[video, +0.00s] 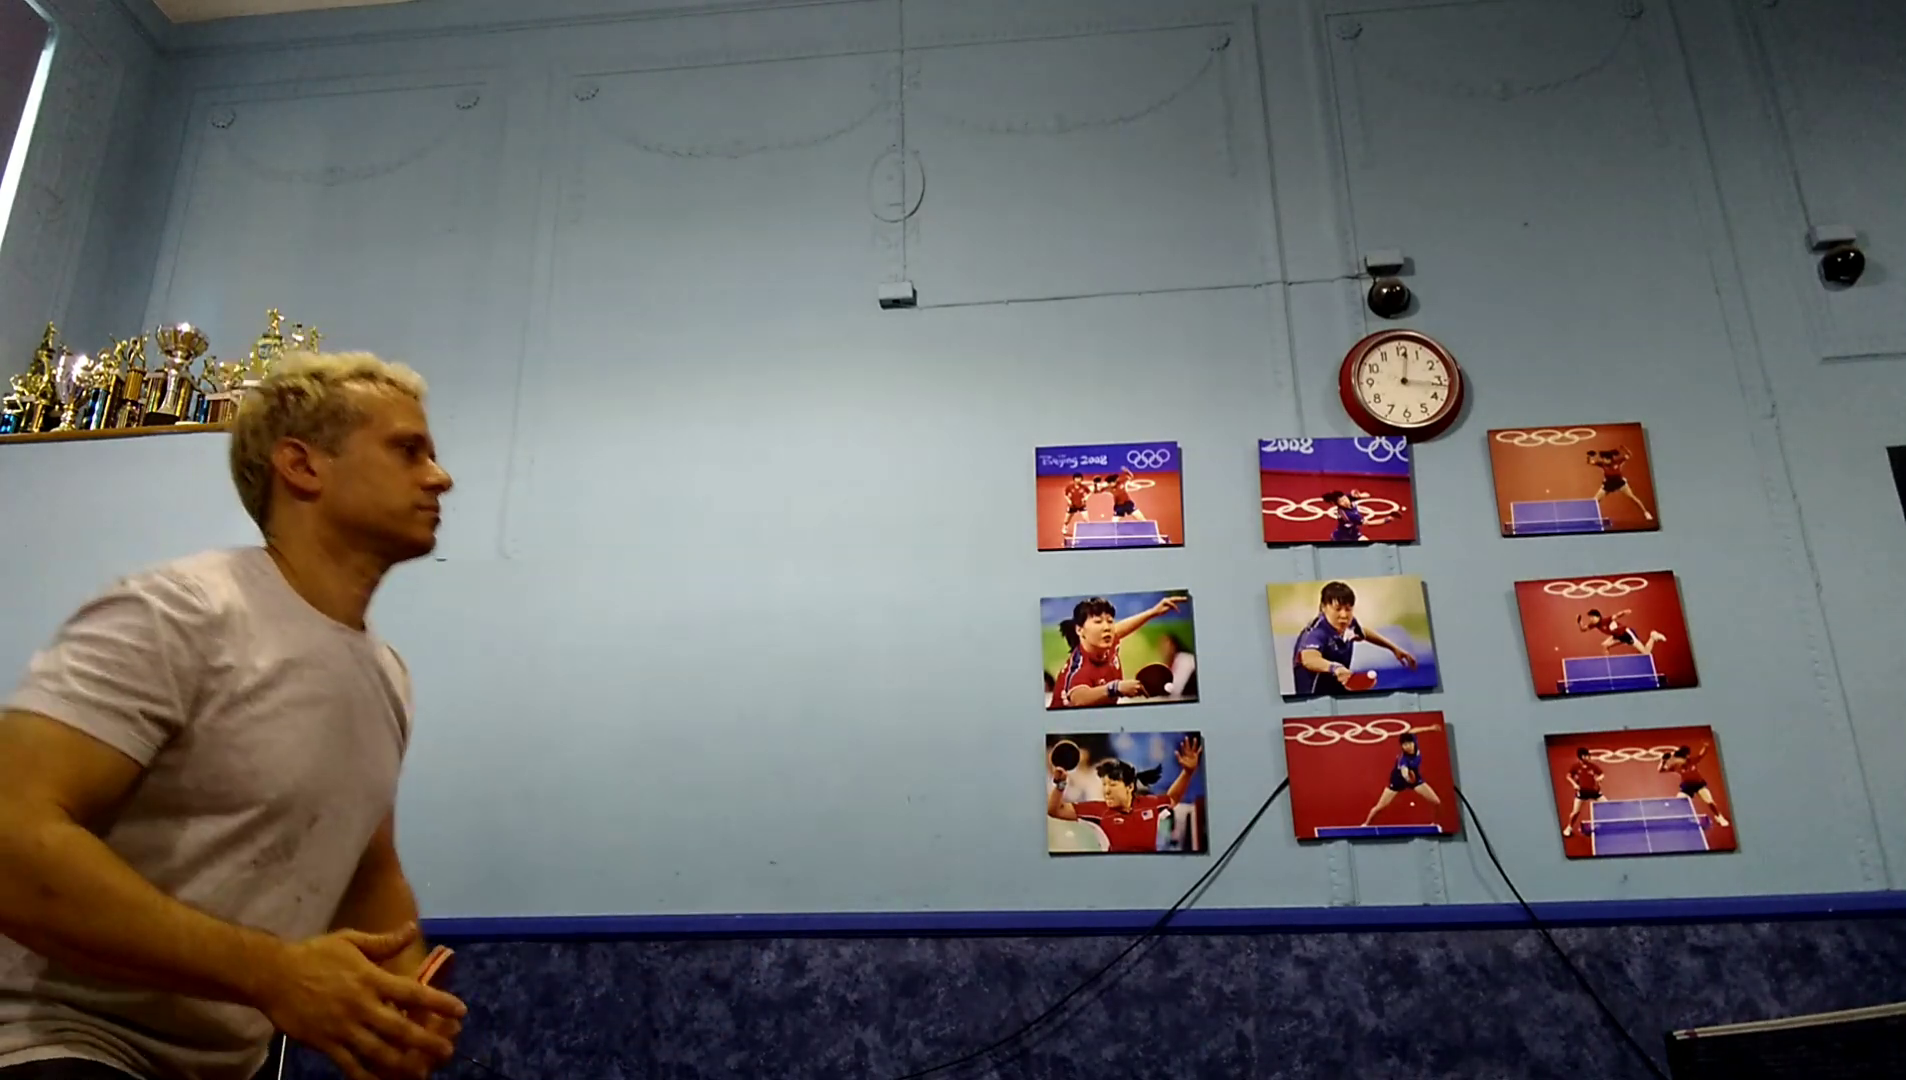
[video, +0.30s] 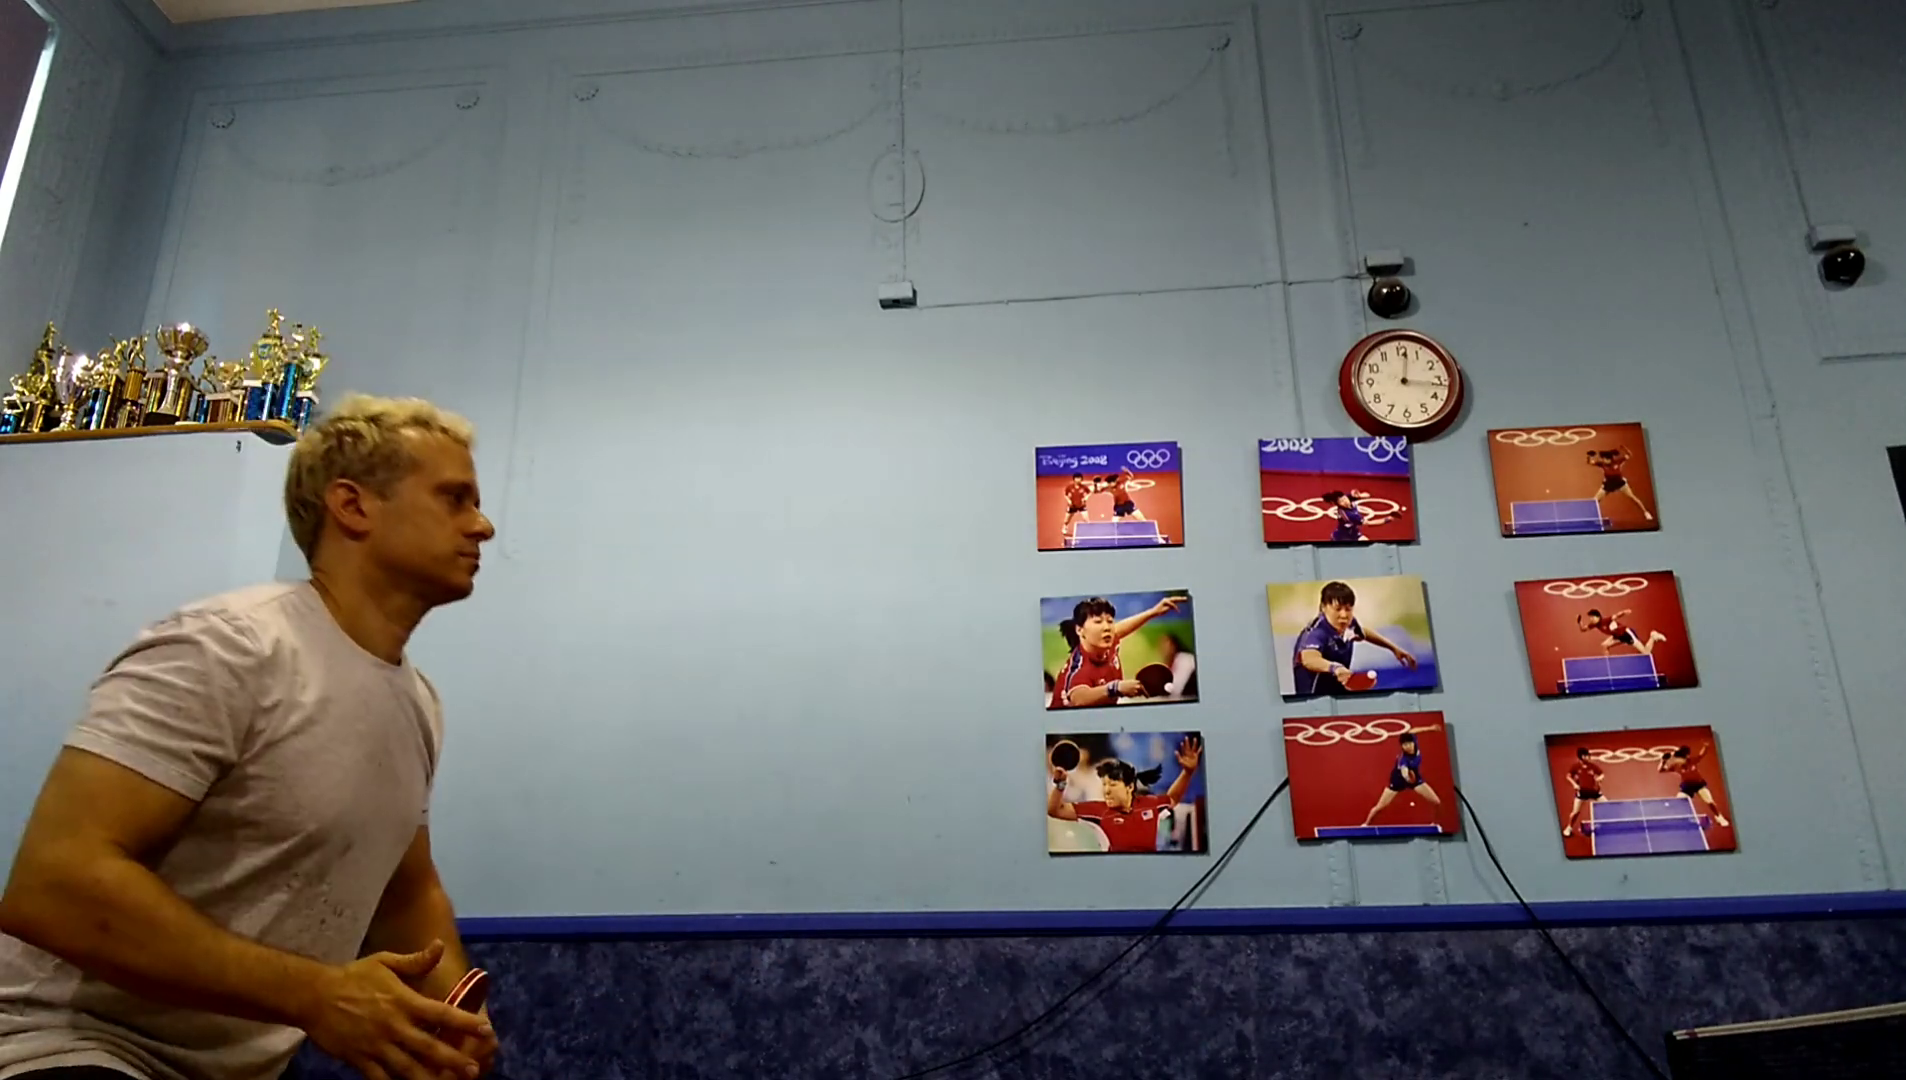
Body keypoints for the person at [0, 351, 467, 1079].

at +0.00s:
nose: (440, 476)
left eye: (432, 456)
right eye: (409, 450)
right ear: (302, 465)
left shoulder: (383, 678)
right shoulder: (178, 611)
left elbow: (367, 871)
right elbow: (13, 832)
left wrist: (400, 992)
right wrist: (275, 973)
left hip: (239, 1059)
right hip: (78, 1032)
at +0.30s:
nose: (484, 525)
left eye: (477, 503)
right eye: (455, 498)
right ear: (353, 507)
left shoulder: (415, 705)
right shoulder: (224, 646)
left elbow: (405, 891)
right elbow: (50, 883)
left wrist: (450, 1007)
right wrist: (315, 995)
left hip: (243, 1060)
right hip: (78, 1034)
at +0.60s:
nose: (507, 610)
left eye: (502, 587)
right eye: (482, 580)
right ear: (373, 575)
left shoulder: (417, 779)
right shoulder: (226, 703)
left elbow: (414, 949)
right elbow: (9, 897)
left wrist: (448, 1041)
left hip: (249, 1066)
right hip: (64, 1058)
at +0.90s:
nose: (500, 591)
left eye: (506, 566)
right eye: (481, 557)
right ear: (369, 538)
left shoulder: (476, 722)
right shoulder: (167, 653)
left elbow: (683, 776)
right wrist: (4, 946)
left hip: (220, 1070)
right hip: (40, 1047)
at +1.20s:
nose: (476, 538)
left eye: (475, 512)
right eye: (453, 504)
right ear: (345, 494)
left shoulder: (434, 692)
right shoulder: (145, 628)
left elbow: (571, 807)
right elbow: (3, 763)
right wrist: (30, 944)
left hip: (231, 1060)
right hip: (56, 1044)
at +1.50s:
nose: (502, 569)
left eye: (499, 542)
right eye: (479, 536)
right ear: (373, 527)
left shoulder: (397, 726)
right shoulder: (215, 645)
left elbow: (336, 903)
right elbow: (2, 801)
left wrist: (350, 1051)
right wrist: (163, 1023)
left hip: (226, 1065)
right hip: (55, 1048)